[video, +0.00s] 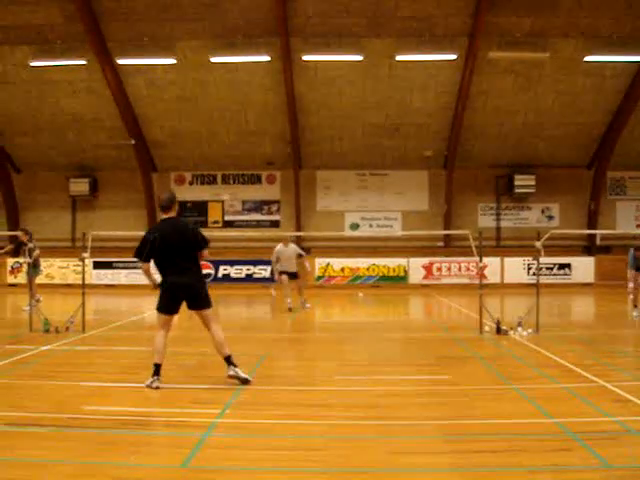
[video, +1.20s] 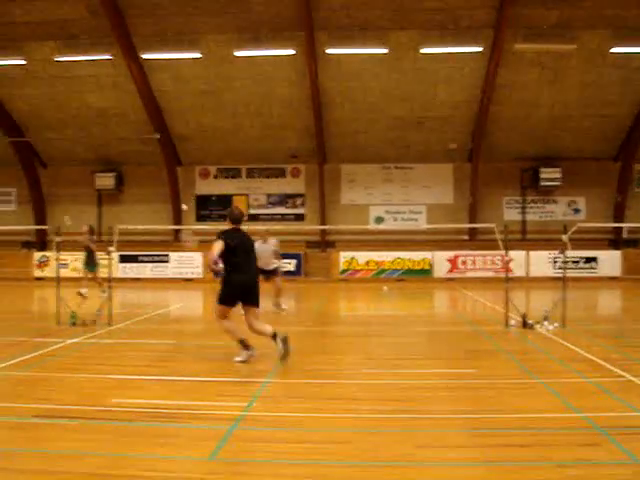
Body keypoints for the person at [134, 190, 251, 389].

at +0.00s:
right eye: (175, 205)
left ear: (159, 208)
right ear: (176, 206)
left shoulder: (153, 232)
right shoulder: (188, 227)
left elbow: (145, 265)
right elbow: (204, 253)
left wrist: (154, 282)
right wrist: (191, 256)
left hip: (170, 285)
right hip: (194, 283)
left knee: (163, 329)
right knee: (212, 324)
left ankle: (155, 375)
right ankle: (231, 365)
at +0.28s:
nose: (177, 209)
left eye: (170, 206)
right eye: (179, 205)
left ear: (165, 207)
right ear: (182, 206)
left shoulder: (159, 230)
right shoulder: (193, 226)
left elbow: (152, 263)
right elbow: (205, 254)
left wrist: (144, 290)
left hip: (175, 283)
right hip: (200, 279)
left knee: (167, 327)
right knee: (216, 320)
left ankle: (159, 374)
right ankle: (234, 361)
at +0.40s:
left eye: (182, 210)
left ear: (181, 210)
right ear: (198, 209)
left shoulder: (174, 231)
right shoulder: (208, 229)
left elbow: (165, 257)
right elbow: (221, 253)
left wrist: (157, 282)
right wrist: (226, 269)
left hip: (187, 283)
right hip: (210, 281)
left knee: (176, 327)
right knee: (224, 322)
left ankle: (165, 372)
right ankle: (241, 362)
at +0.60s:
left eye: (206, 208)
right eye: (218, 206)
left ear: (204, 207)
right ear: (220, 207)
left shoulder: (198, 226)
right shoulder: (231, 225)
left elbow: (182, 252)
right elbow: (252, 250)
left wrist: (164, 275)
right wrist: (258, 275)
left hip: (211, 277)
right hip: (233, 277)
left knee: (199, 320)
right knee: (238, 316)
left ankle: (194, 366)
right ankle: (250, 358)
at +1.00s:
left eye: (232, 222)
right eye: (242, 223)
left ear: (229, 224)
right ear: (244, 226)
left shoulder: (217, 240)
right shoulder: (249, 247)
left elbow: (190, 245)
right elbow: (265, 272)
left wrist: (164, 256)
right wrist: (267, 297)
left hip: (215, 290)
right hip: (238, 290)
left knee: (209, 330)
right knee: (255, 329)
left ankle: (208, 362)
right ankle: (271, 362)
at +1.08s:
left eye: (238, 224)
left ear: (237, 227)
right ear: (251, 229)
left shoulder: (226, 241)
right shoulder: (254, 249)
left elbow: (205, 244)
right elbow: (260, 275)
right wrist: (264, 293)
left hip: (224, 290)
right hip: (246, 291)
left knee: (212, 325)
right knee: (262, 327)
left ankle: (216, 341)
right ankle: (278, 360)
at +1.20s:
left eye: (228, 217)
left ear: (228, 220)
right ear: (242, 220)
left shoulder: (225, 236)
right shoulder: (247, 237)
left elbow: (212, 256)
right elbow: (251, 261)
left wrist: (213, 268)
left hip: (233, 281)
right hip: (251, 281)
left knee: (222, 316)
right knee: (253, 322)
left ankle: (246, 347)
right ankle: (276, 336)